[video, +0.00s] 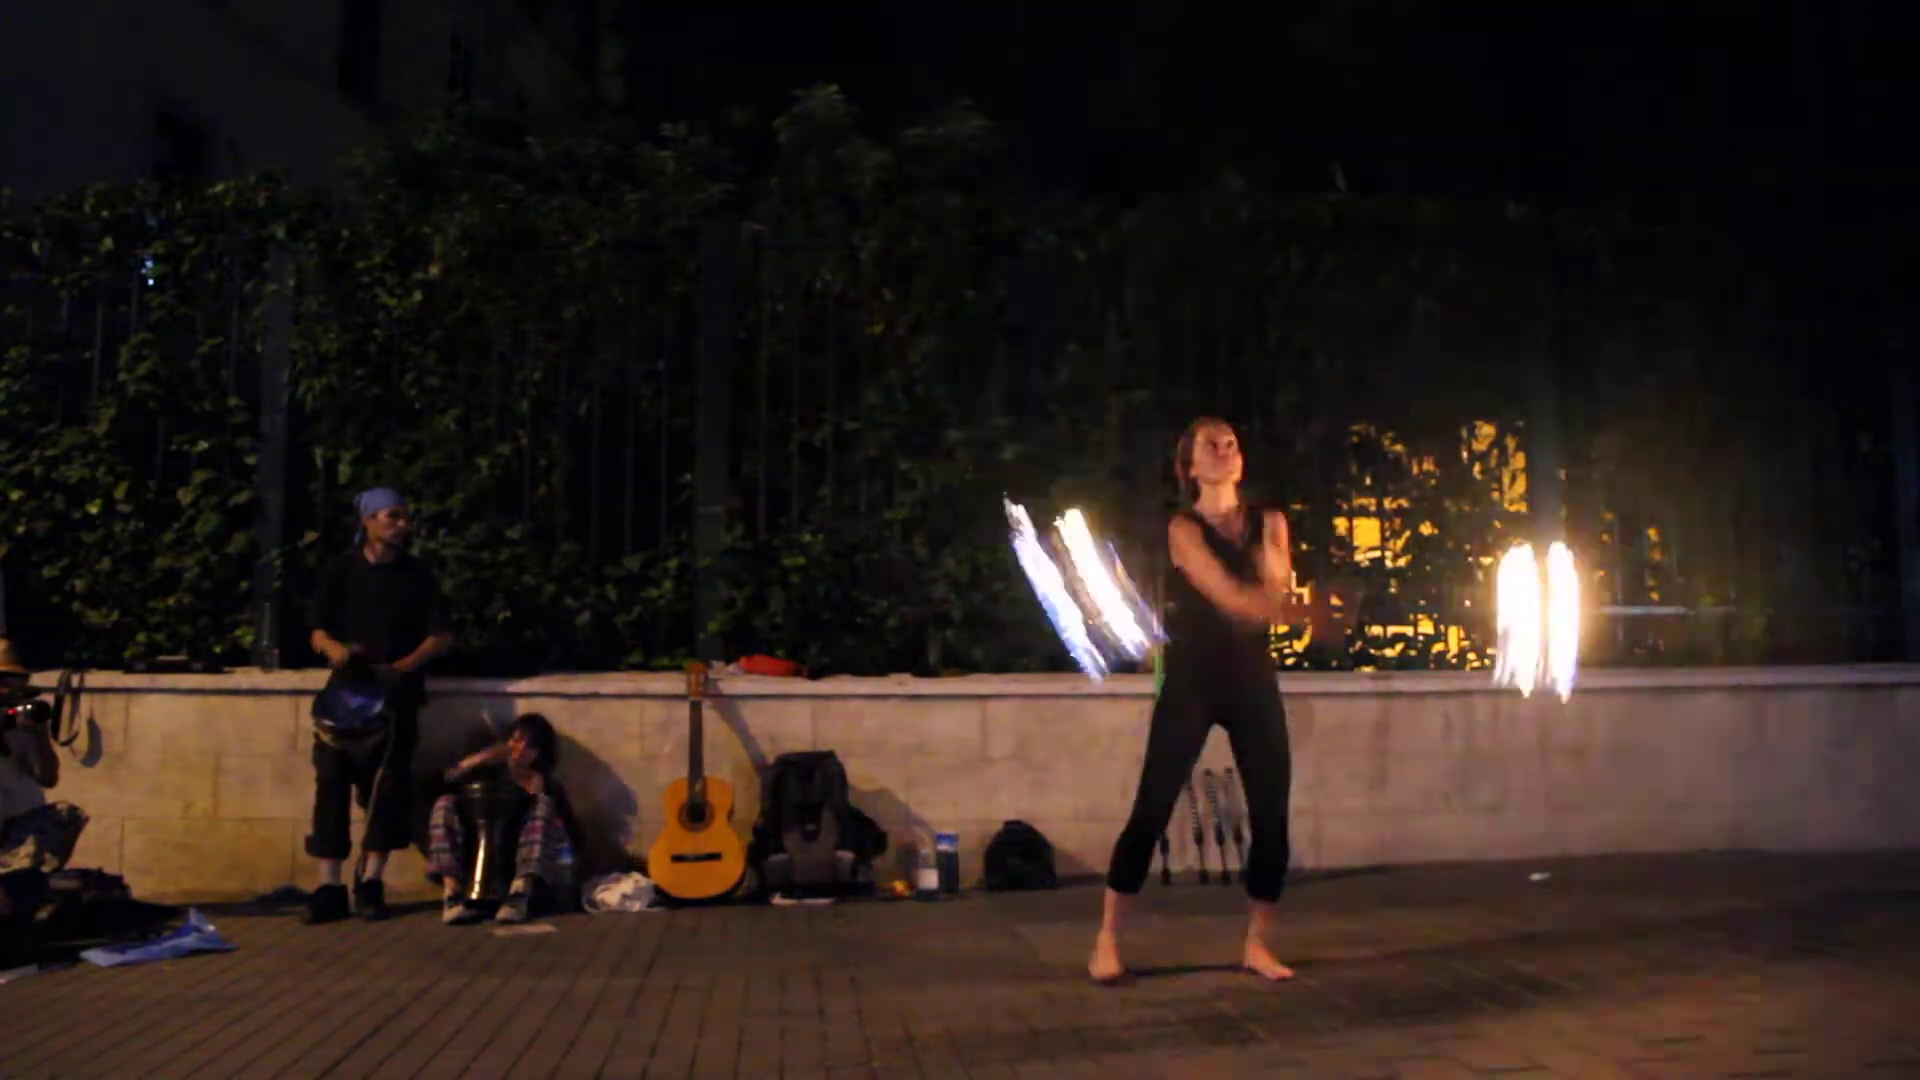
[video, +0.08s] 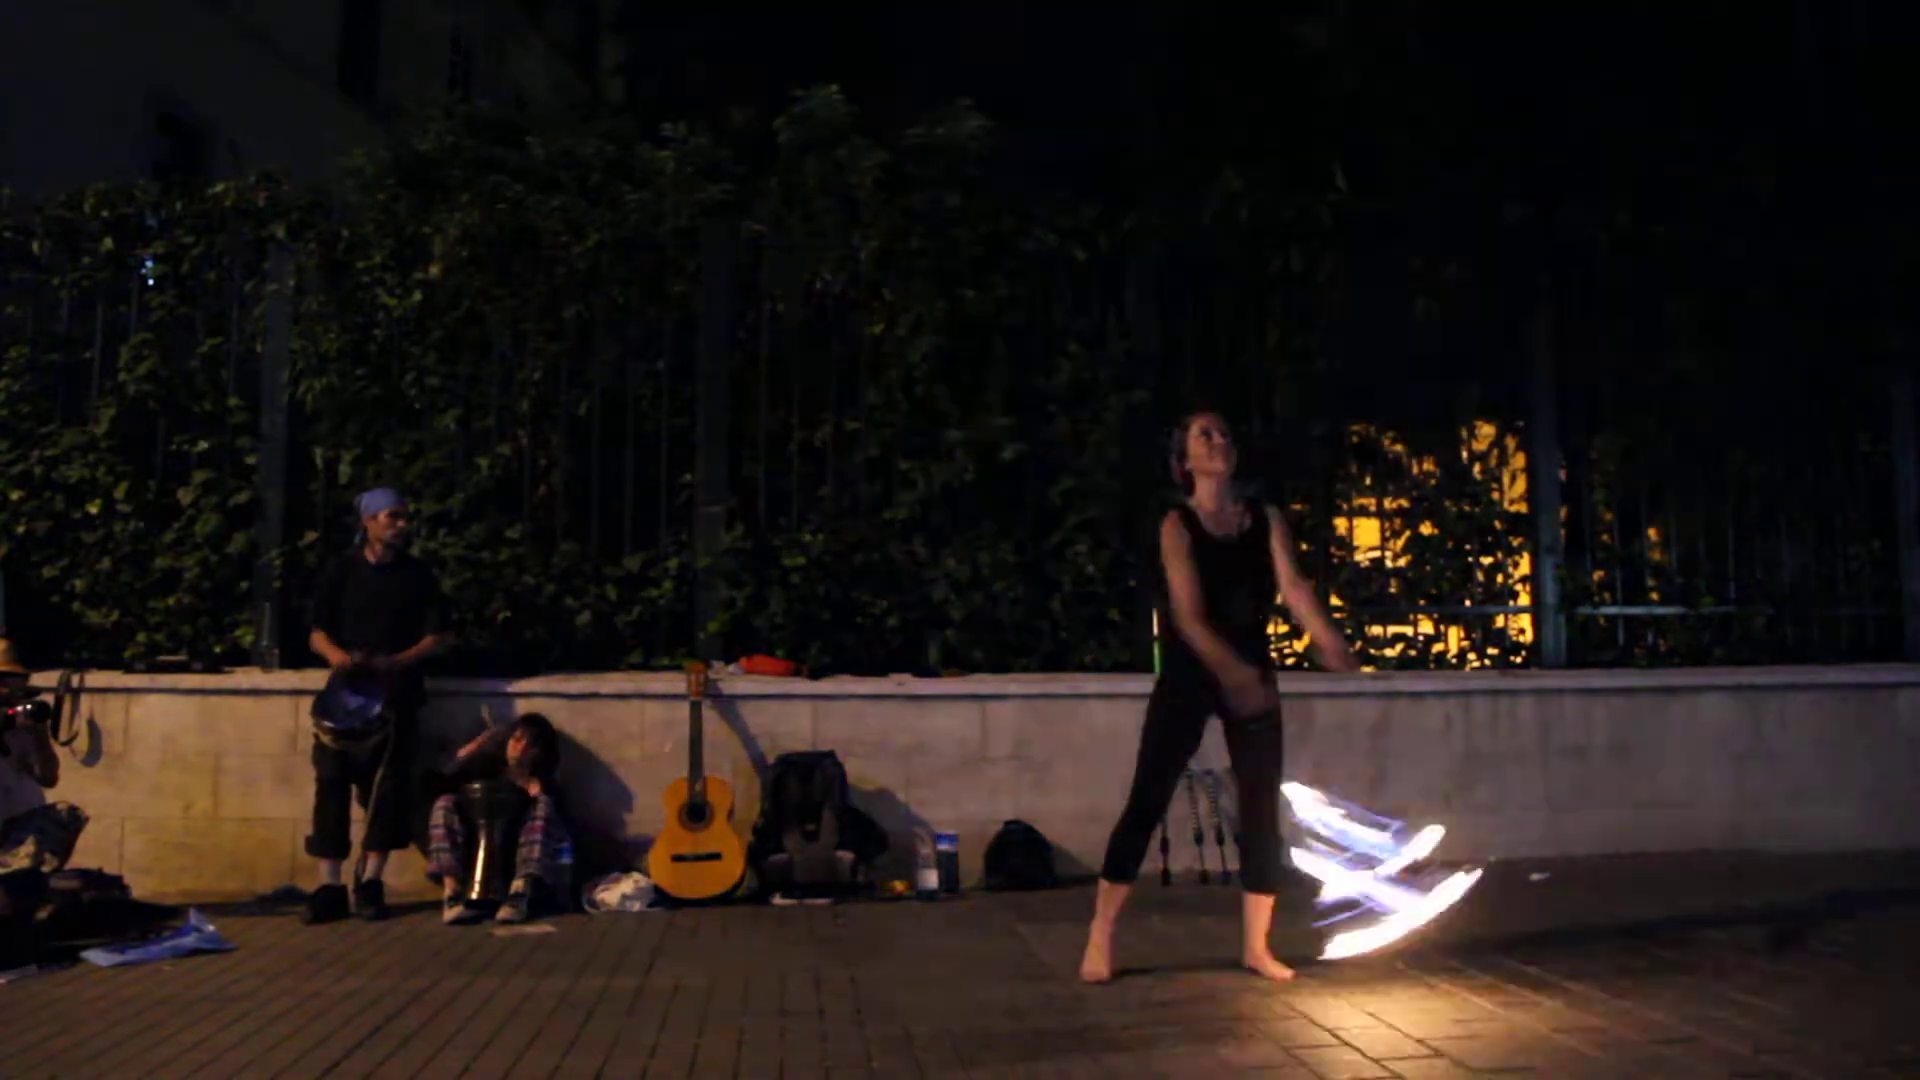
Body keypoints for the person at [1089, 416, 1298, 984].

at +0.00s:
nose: (1226, 450)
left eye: (1232, 443)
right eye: (1212, 443)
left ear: (1242, 459)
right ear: (1188, 462)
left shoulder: (1268, 524)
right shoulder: (1183, 529)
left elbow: (1278, 594)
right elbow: (1231, 602)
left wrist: (1264, 554)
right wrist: (1296, 611)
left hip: (1254, 684)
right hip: (1190, 685)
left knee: (1272, 816)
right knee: (1150, 814)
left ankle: (1256, 942)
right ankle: (1107, 937)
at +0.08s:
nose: (1217, 441)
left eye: (1223, 434)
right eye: (1204, 435)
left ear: (1237, 452)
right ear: (1183, 457)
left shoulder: (1266, 520)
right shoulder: (1177, 524)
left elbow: (1295, 591)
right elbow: (1186, 617)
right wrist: (1235, 674)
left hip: (1251, 673)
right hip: (1188, 674)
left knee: (1261, 807)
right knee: (1147, 803)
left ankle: (1257, 946)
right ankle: (1099, 939)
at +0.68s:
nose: (1128, 455)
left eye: (1136, 447)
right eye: (1117, 448)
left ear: (1147, 459)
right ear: (1093, 462)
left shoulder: (1162, 514)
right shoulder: (1090, 518)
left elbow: (1164, 443)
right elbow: (1124, 458)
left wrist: (1143, 366)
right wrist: (1197, 402)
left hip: (1168, 681)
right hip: (1108, 685)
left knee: (1217, 806)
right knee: (1106, 817)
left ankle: (1252, 937)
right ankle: (1098, 944)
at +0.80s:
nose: (1113, 460)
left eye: (1119, 455)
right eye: (1102, 454)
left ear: (1129, 466)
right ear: (1079, 468)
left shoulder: (1150, 512)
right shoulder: (1075, 523)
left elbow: (1161, 442)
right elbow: (1111, 490)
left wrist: (1139, 383)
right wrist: (1191, 466)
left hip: (1165, 689)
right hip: (1100, 693)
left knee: (1214, 812)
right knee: (1103, 825)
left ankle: (1253, 941)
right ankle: (1100, 951)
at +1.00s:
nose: (1109, 448)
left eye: (1114, 440)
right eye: (1096, 441)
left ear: (1126, 452)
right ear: (1075, 457)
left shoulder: (1148, 500)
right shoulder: (1073, 512)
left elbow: (1172, 416)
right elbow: (1058, 444)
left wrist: (1164, 333)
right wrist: (1106, 404)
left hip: (1163, 675)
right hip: (1099, 681)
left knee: (1205, 804)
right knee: (1105, 815)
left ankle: (1244, 933)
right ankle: (1099, 943)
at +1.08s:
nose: (1106, 452)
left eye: (1112, 446)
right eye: (1094, 447)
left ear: (1127, 456)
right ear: (1077, 461)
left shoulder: (1150, 496)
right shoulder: (1073, 510)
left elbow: (1164, 408)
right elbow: (1060, 427)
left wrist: (1148, 332)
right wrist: (1108, 367)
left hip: (1164, 672)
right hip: (1099, 678)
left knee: (1204, 803)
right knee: (1105, 813)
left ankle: (1243, 932)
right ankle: (1100, 944)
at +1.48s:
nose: (1125, 446)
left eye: (1134, 437)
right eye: (1115, 438)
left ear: (1150, 447)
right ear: (1101, 451)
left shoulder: (1170, 496)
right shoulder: (1093, 499)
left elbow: (1166, 419)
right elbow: (1076, 426)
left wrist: (1121, 410)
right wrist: (1077, 382)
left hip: (1172, 669)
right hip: (1107, 673)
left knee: (1215, 801)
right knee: (1107, 812)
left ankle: (1248, 930)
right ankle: (1100, 940)